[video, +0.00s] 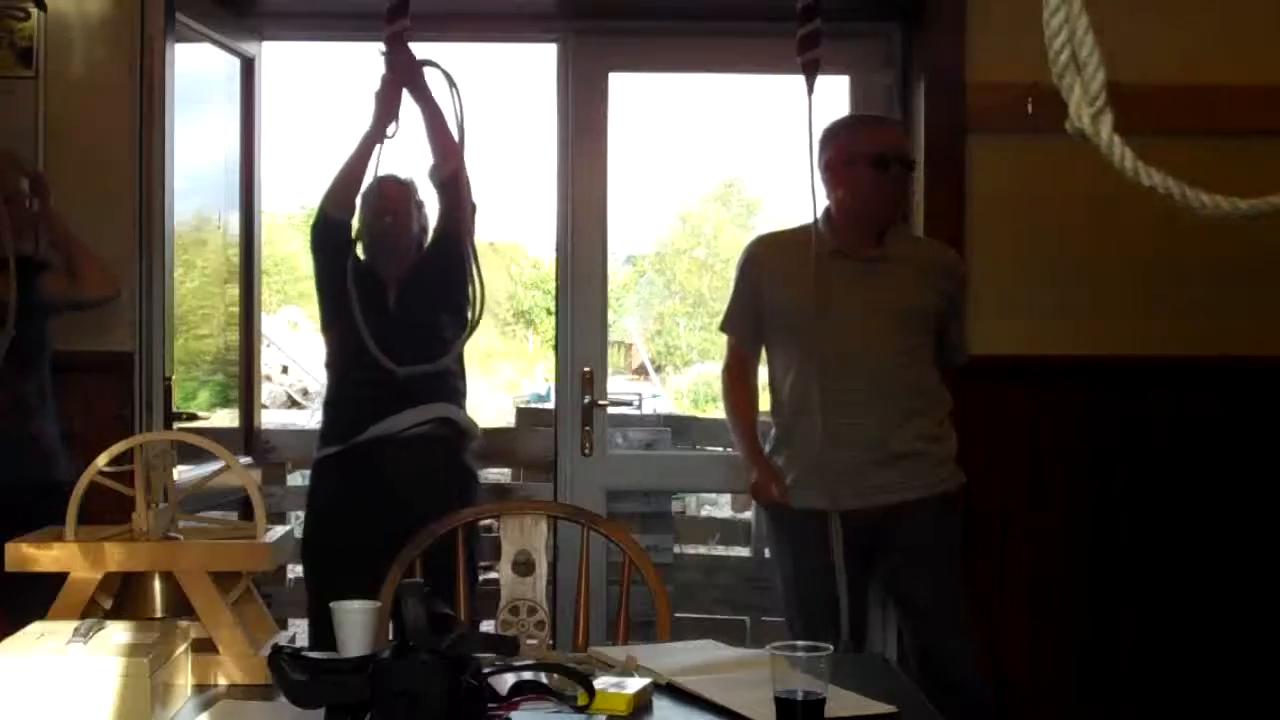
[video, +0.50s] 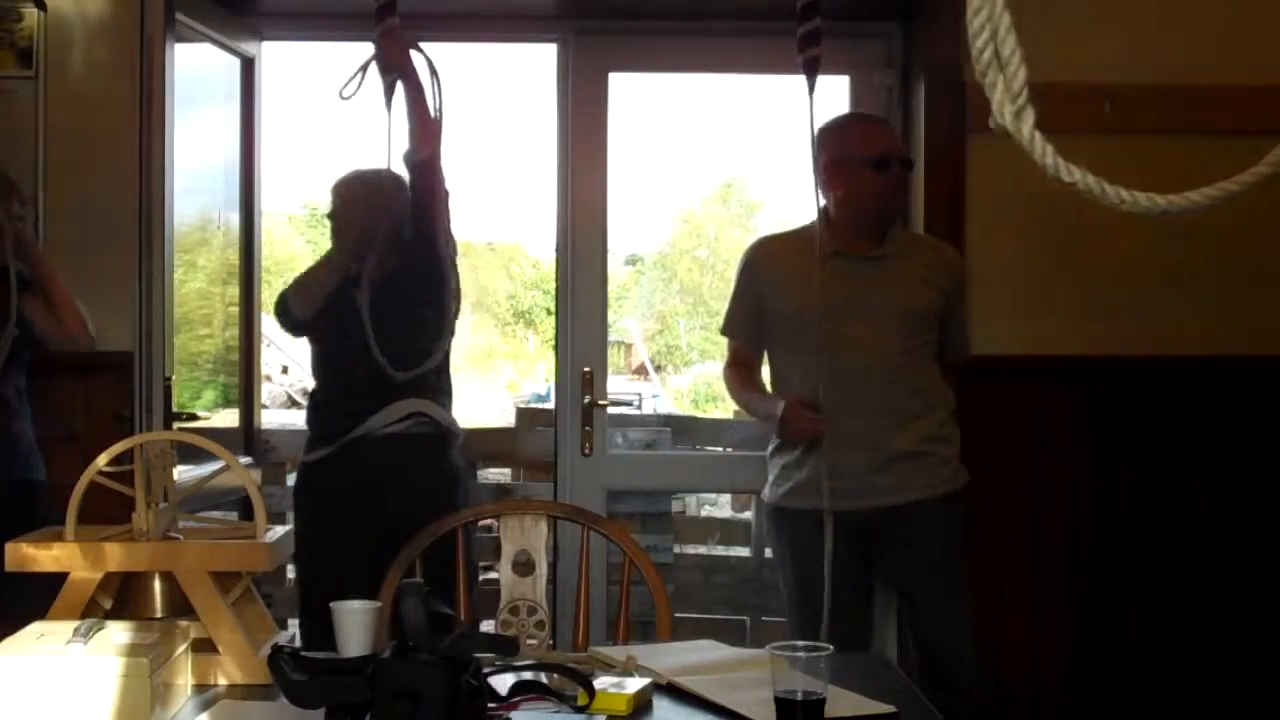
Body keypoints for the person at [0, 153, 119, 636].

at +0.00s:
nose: (15, 211)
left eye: (18, 198)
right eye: (7, 199)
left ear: (27, 207)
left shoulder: (25, 275)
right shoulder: (21, 276)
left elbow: (100, 288)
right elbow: (99, 287)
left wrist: (51, 214)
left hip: (37, 462)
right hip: (16, 465)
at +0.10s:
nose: (15, 210)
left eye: (17, 198)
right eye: (7, 199)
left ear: (27, 207)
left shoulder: (20, 275)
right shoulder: (18, 276)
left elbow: (96, 303)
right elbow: (95, 302)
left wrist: (45, 232)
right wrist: (43, 236)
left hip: (34, 464)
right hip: (15, 466)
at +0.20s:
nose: (13, 208)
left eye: (17, 197)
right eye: (6, 198)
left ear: (25, 205)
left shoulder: (20, 276)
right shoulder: (18, 277)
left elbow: (96, 308)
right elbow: (94, 307)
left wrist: (41, 239)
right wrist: (38, 244)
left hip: (30, 459)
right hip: (15, 462)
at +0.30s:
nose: (13, 210)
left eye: (16, 200)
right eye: (7, 200)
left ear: (22, 207)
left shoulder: (19, 275)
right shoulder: (18, 277)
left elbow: (91, 309)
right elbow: (89, 308)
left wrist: (32, 239)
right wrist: (32, 243)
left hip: (26, 455)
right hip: (15, 458)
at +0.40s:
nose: (16, 217)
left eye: (15, 207)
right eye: (11, 208)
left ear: (18, 213)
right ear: (4, 216)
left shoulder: (15, 285)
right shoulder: (17, 285)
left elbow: (84, 318)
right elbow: (83, 317)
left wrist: (26, 242)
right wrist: (27, 244)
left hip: (22, 462)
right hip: (14, 465)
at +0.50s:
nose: (19, 219)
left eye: (21, 209)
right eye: (13, 209)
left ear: (23, 217)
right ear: (1, 217)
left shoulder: (16, 284)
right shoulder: (16, 285)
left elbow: (76, 336)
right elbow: (75, 335)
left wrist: (32, 254)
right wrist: (31, 256)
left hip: (18, 454)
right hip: (14, 455)